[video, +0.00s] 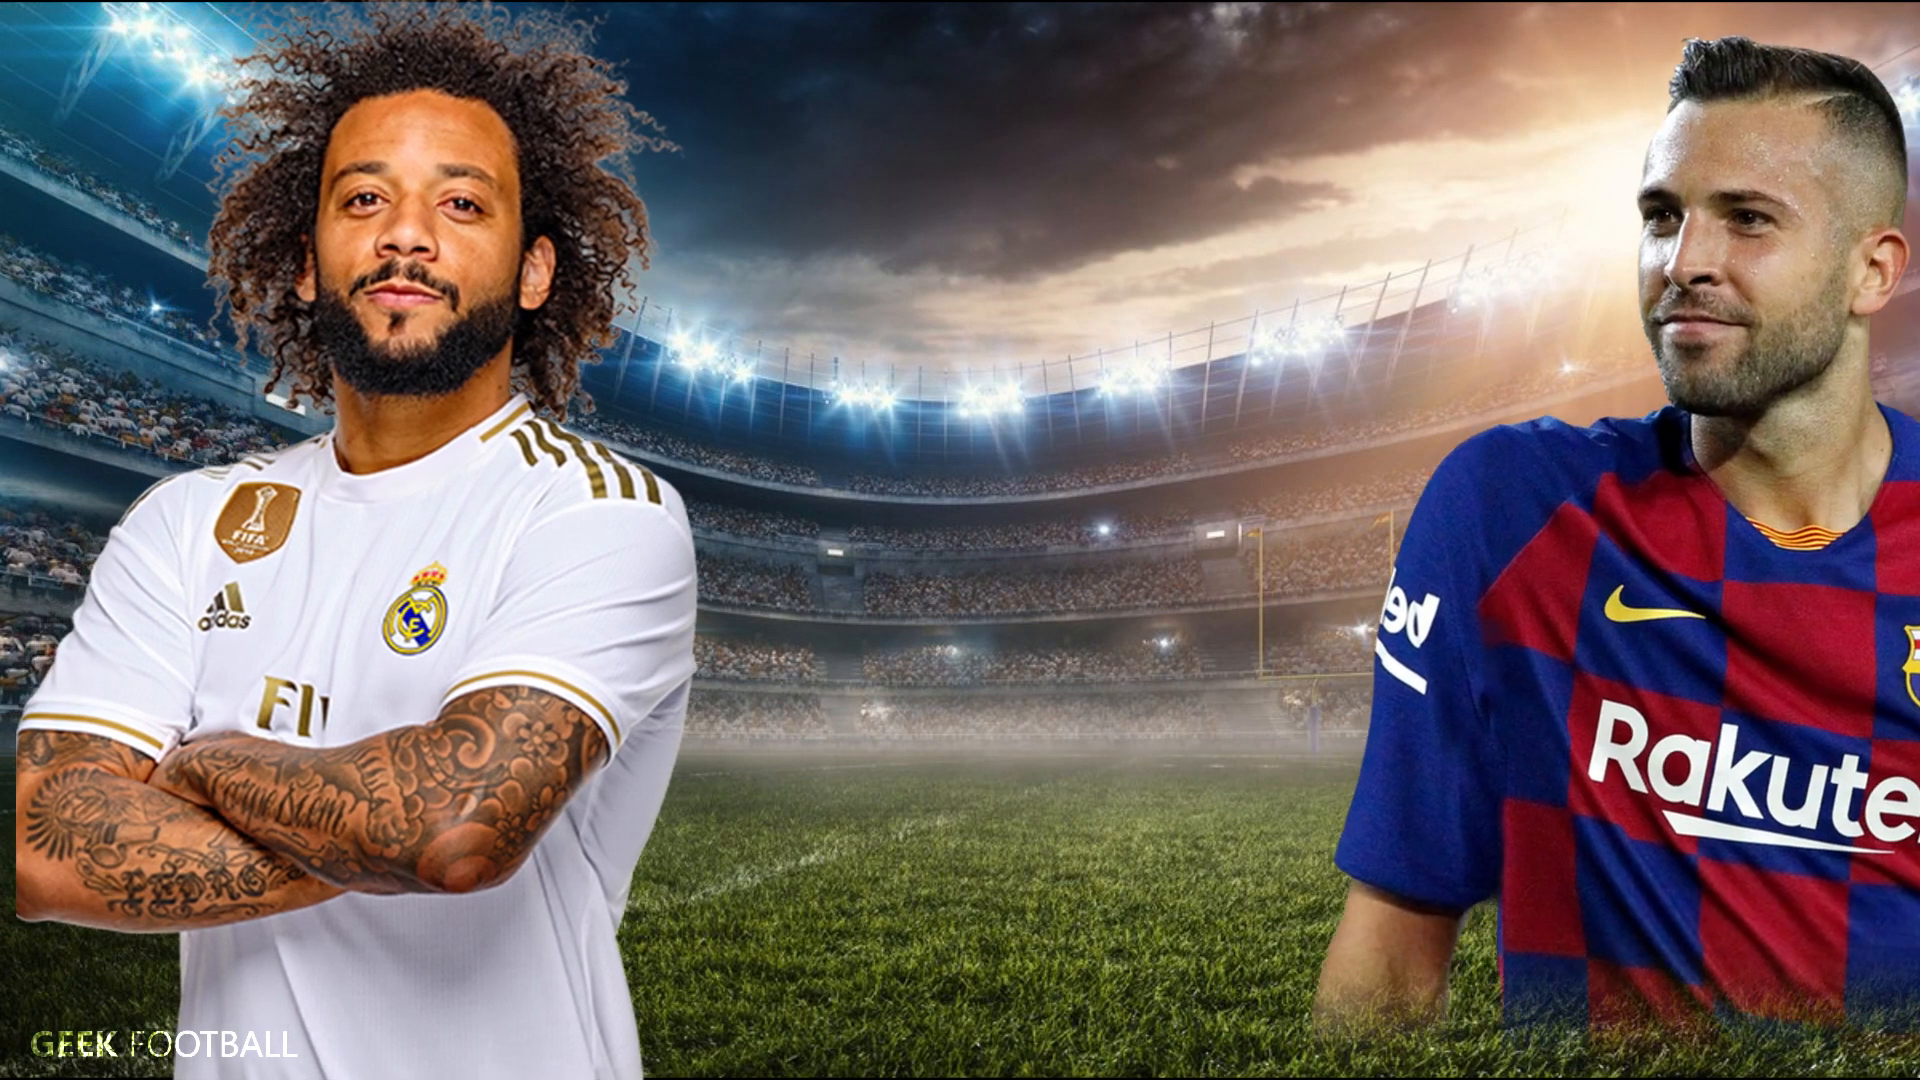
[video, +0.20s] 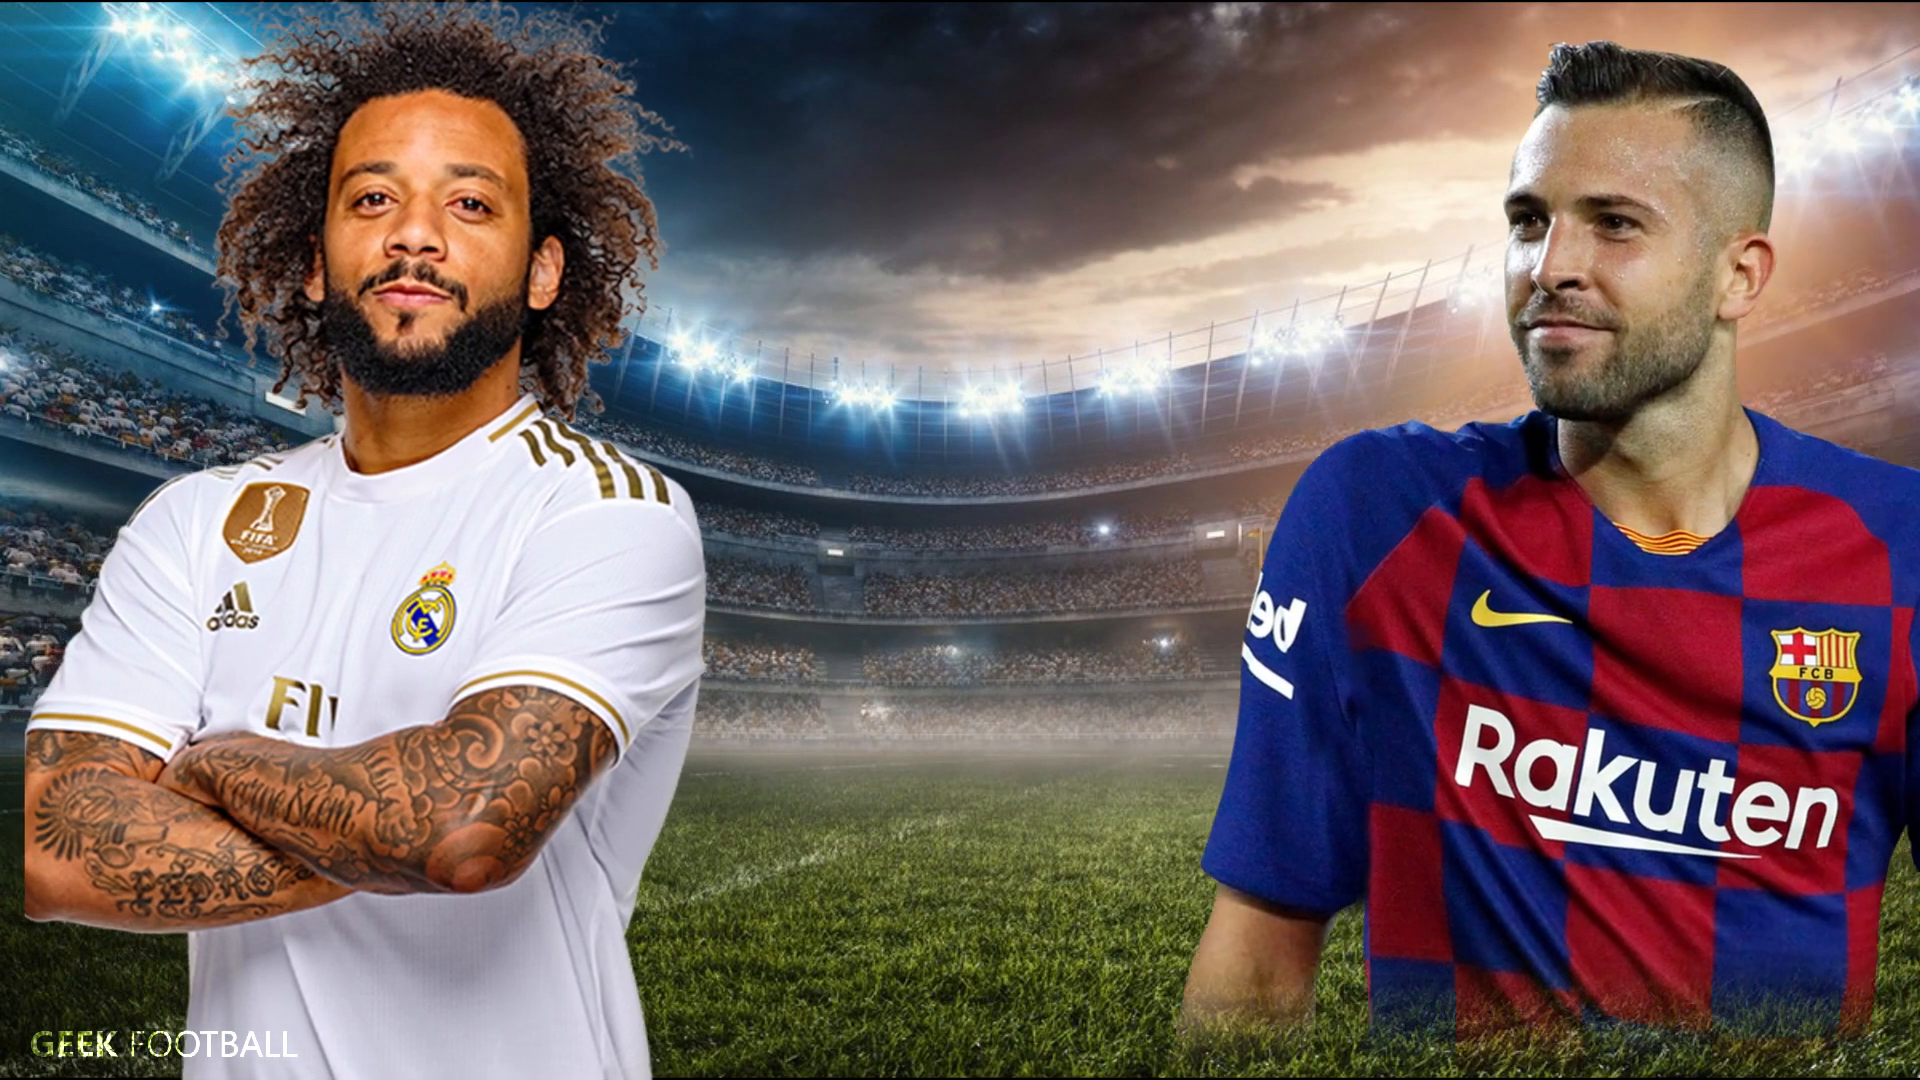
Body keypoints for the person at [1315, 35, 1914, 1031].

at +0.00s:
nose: (1683, 266)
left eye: (1749, 219)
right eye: (1663, 219)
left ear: (1874, 272)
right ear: (1642, 240)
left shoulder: (1913, 534)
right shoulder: (1507, 506)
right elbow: (1394, 938)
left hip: (1886, 1049)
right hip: (1610, 1056)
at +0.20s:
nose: (1550, 271)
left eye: (1616, 224)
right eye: (1529, 223)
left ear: (1741, 277)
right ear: (1504, 247)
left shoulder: (1900, 548)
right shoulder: (1368, 512)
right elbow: (1259, 949)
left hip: (1792, 1052)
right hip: (1465, 1050)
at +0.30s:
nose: (1497, 273)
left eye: (1564, 228)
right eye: (1480, 226)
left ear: (1690, 279)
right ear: (1459, 246)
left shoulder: (1871, 552)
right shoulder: (1317, 513)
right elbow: (1212, 943)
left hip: (1742, 1061)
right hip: (1412, 1058)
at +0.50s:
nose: (1432, 273)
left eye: (1499, 228)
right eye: (1414, 227)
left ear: (1623, 282)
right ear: (1391, 250)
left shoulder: (1798, 553)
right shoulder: (1253, 515)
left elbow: (1885, 934)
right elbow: (1145, 943)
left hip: (1668, 1059)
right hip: (1343, 1062)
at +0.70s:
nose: (1409, 273)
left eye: (1477, 229)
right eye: (1390, 228)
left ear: (1602, 281)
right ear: (1367, 250)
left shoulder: (1774, 552)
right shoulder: (1230, 516)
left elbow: (1865, 925)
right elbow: (1123, 943)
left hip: (1646, 1049)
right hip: (1319, 1051)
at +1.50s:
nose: (1402, 281)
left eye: (1469, 236)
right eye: (1382, 235)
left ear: (1593, 289)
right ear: (1357, 261)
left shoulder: (1766, 557)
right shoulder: (1261, 534)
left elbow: (1859, 932)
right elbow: (1124, 939)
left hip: (1632, 1049)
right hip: (1317, 1050)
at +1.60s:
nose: (1401, 281)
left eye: (1468, 237)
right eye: (1381, 236)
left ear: (1592, 291)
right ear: (1358, 260)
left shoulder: (1767, 559)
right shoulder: (1223, 527)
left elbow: (1860, 936)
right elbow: (1118, 952)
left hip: (1638, 1051)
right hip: (1309, 1050)